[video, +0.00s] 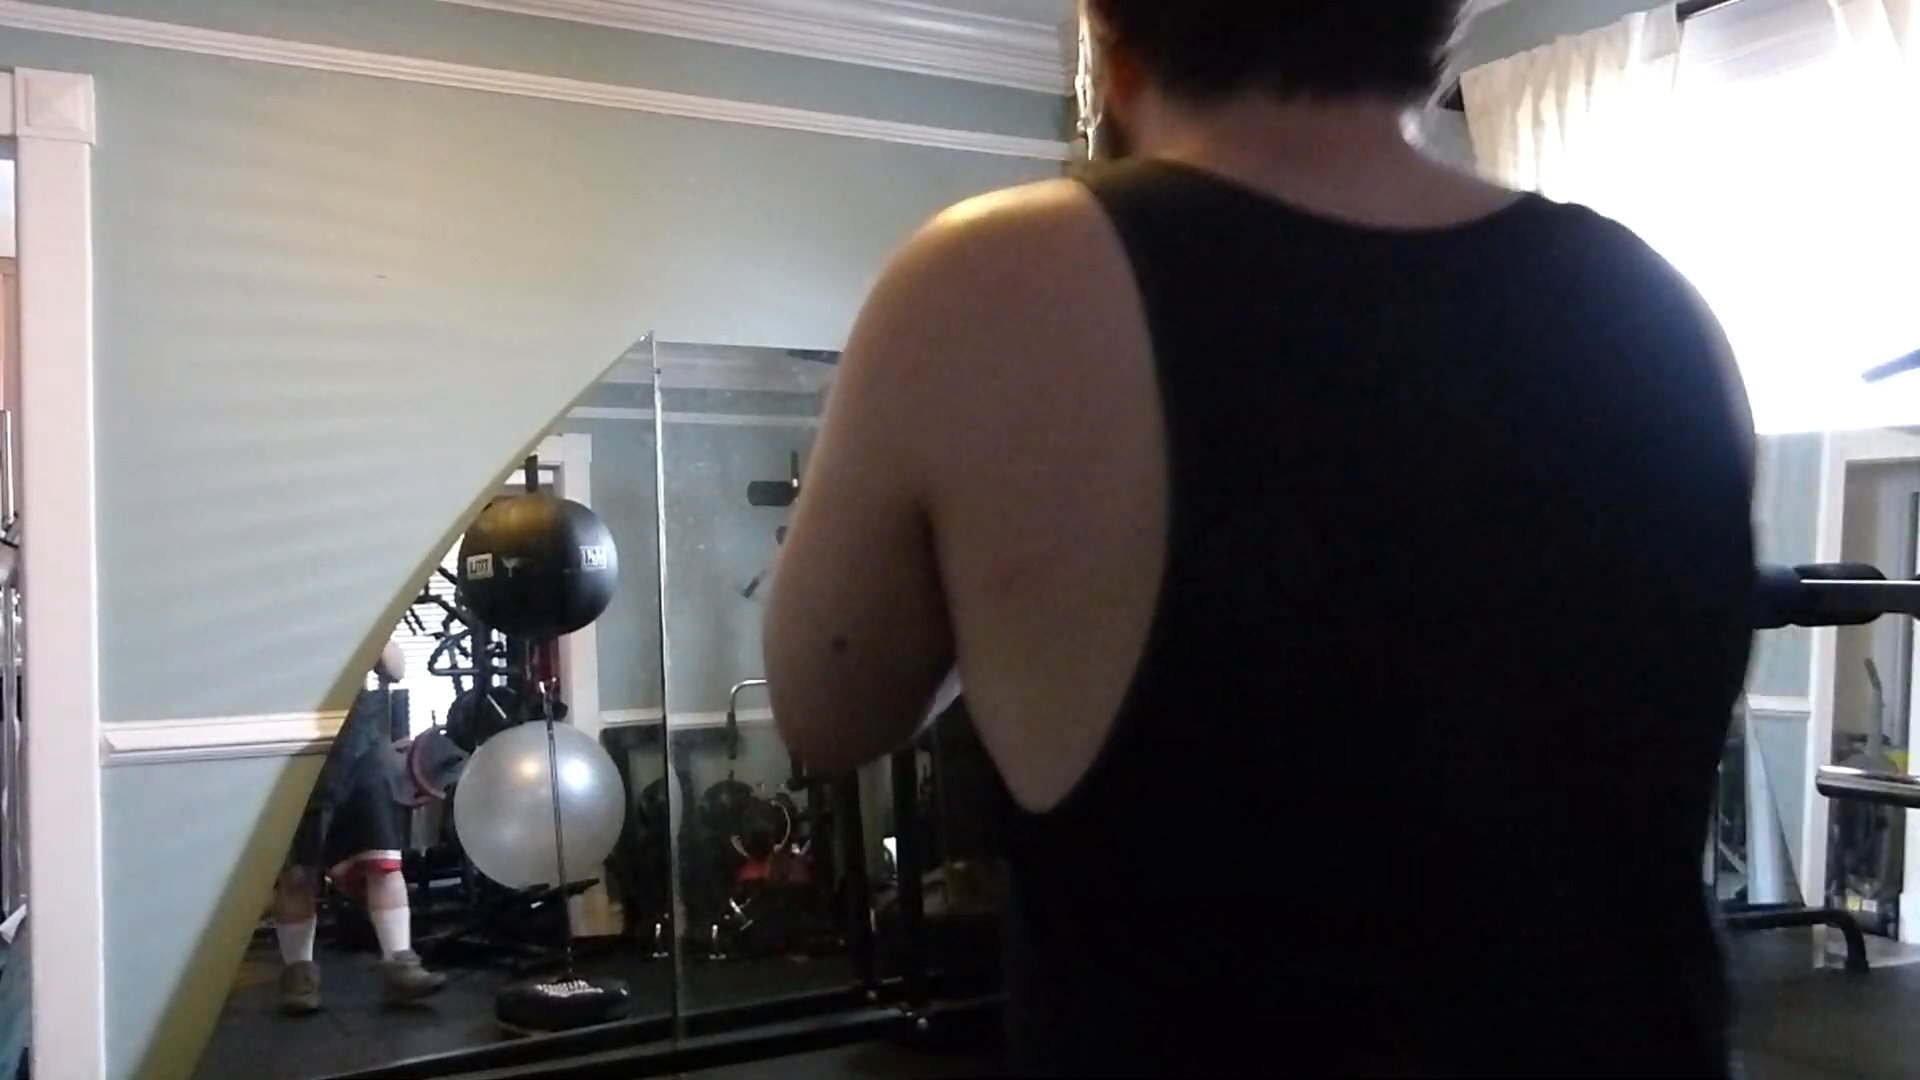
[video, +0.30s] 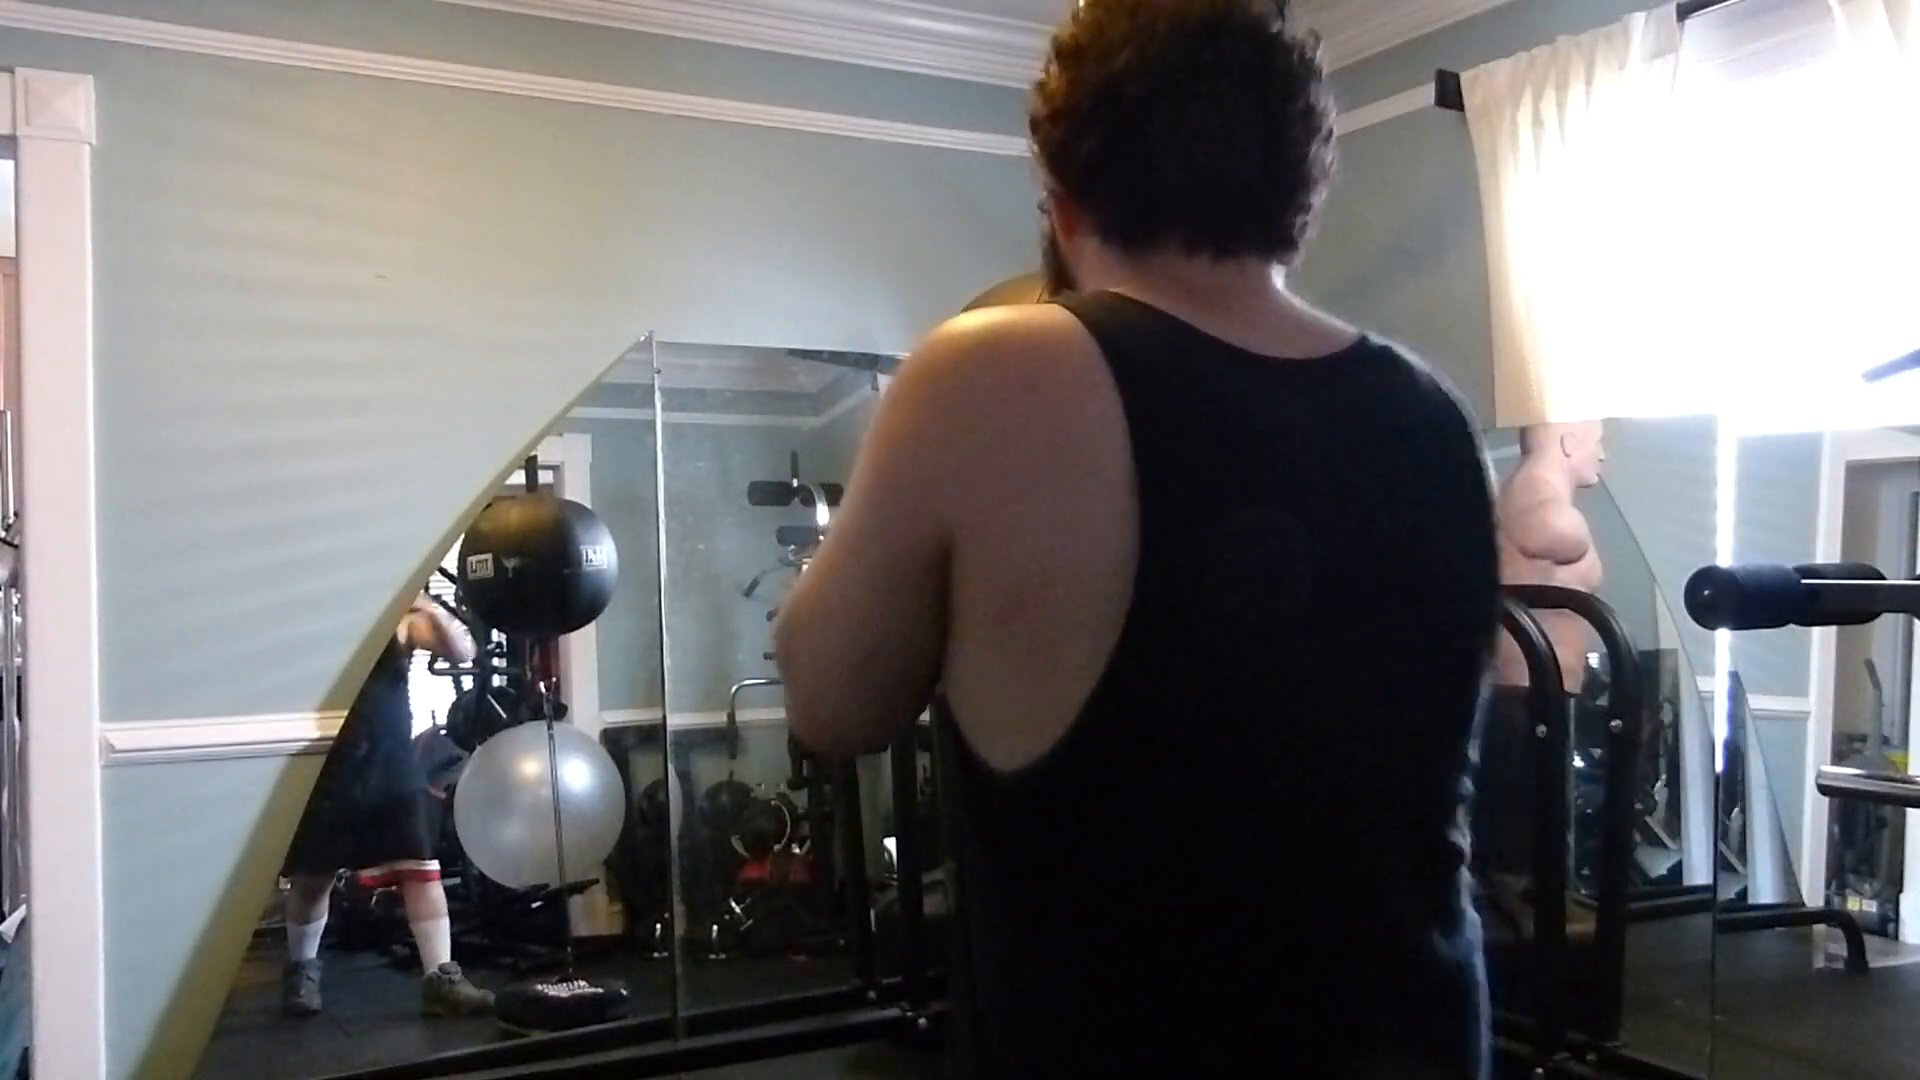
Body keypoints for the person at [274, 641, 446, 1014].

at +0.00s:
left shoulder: (357, 611)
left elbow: (395, 668)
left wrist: (362, 621)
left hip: (365, 752)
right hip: (303, 759)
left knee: (384, 861)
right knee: (298, 870)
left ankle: (401, 963)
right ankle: (300, 972)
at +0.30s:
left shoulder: (399, 618)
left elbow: (463, 651)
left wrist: (432, 607)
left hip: (392, 764)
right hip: (323, 769)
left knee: (420, 866)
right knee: (313, 875)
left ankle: (441, 976)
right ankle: (303, 975)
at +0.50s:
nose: (414, 579)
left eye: (419, 568)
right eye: (402, 568)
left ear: (428, 568)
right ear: (382, 569)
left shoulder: (443, 606)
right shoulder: (353, 601)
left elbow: (484, 654)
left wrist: (482, 654)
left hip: (415, 751)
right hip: (347, 752)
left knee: (437, 870)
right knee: (334, 869)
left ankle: (446, 979)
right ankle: (305, 954)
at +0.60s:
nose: (422, 557)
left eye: (427, 548)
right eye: (412, 550)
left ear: (431, 551)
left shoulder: (441, 600)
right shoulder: (358, 597)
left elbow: (467, 667)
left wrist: (462, 690)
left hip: (420, 754)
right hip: (353, 753)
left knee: (440, 868)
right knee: (336, 868)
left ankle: (445, 979)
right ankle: (301, 978)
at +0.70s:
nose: (439, 566)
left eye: (444, 558)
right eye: (432, 556)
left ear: (437, 566)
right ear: (397, 560)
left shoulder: (436, 611)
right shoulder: (361, 605)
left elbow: (455, 682)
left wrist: (459, 682)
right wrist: (464, 540)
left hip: (423, 764)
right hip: (356, 768)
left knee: (444, 873)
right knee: (328, 876)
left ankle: (444, 979)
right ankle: (284, 993)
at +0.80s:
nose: (427, 587)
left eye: (431, 579)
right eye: (424, 577)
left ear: (420, 576)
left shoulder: (415, 625)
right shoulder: (350, 612)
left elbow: (441, 671)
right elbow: (405, 598)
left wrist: (454, 678)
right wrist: (457, 559)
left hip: (417, 764)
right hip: (350, 764)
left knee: (446, 874)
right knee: (321, 878)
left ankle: (444, 982)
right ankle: (260, 998)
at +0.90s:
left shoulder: (387, 604)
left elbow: (393, 667)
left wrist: (419, 668)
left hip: (403, 761)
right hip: (340, 763)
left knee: (441, 875)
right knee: (311, 885)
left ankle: (443, 981)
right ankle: (243, 1009)